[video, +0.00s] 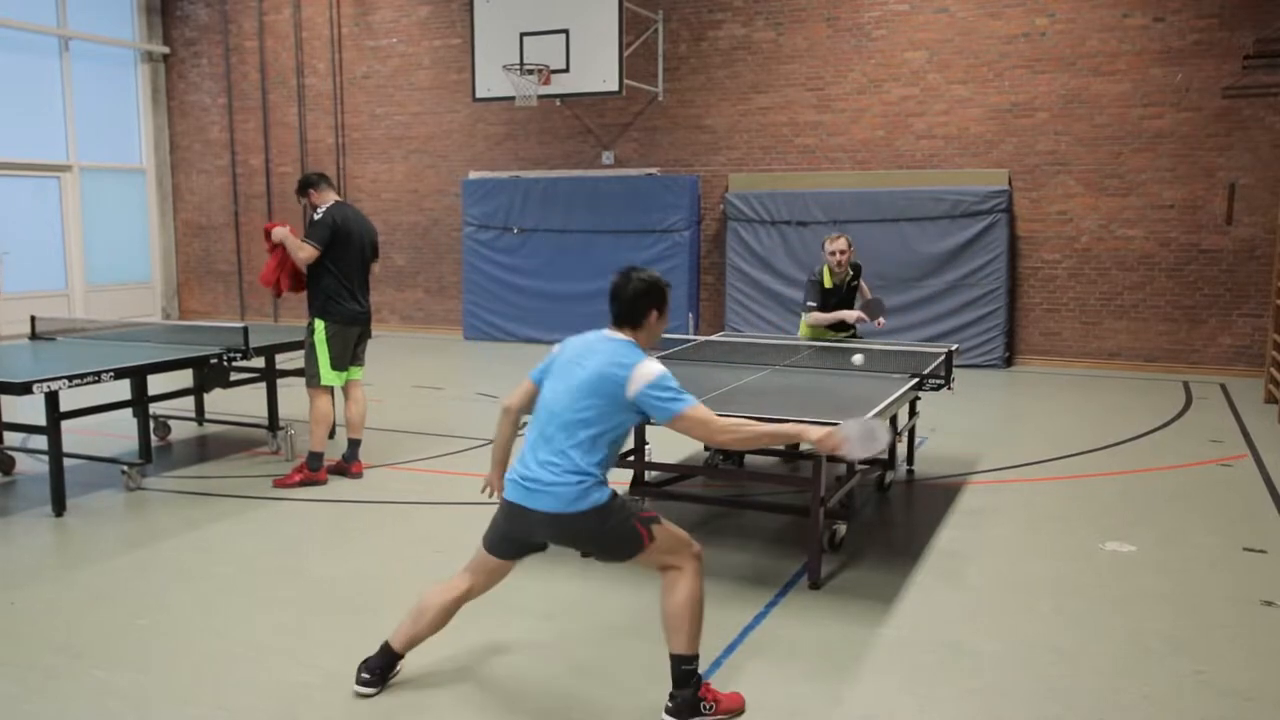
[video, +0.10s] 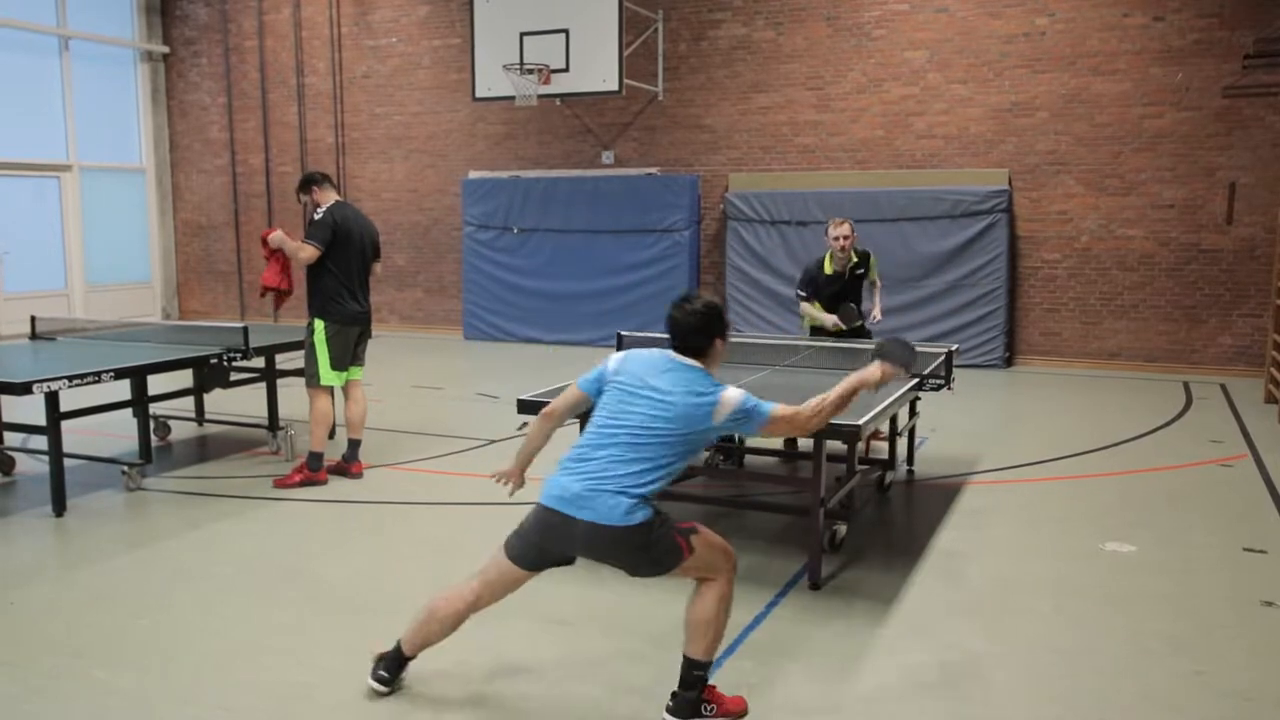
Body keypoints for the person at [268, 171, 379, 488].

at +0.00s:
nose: (309, 207)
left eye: (306, 203)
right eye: (307, 203)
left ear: (313, 195)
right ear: (332, 190)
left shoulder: (326, 217)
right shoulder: (364, 221)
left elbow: (305, 257)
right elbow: (370, 265)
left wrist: (286, 236)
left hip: (328, 317)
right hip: (359, 316)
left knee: (319, 390)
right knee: (354, 385)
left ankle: (314, 466)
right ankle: (352, 460)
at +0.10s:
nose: (309, 206)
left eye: (307, 201)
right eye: (307, 202)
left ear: (315, 193)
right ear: (334, 190)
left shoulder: (326, 216)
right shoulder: (365, 222)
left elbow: (306, 255)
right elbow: (373, 267)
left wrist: (283, 240)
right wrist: (336, 258)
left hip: (329, 317)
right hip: (359, 316)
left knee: (319, 390)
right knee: (353, 385)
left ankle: (314, 466)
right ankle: (351, 460)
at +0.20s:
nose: (309, 206)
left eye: (308, 201)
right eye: (307, 202)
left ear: (317, 192)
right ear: (334, 189)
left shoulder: (327, 217)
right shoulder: (366, 222)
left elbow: (307, 255)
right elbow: (374, 268)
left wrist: (277, 238)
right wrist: (334, 258)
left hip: (329, 317)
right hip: (359, 316)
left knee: (318, 390)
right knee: (353, 385)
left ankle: (314, 466)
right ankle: (351, 460)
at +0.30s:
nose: (308, 205)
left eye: (308, 200)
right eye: (306, 201)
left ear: (320, 190)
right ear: (333, 188)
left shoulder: (326, 217)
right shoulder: (366, 222)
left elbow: (310, 257)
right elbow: (375, 269)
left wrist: (272, 242)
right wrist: (336, 262)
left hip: (329, 317)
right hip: (359, 315)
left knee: (318, 389)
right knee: (353, 385)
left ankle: (314, 466)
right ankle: (351, 460)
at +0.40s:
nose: (309, 205)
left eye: (308, 199)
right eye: (306, 200)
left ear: (320, 188)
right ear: (333, 187)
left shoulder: (327, 217)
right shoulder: (366, 221)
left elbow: (312, 258)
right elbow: (375, 268)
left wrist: (274, 246)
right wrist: (338, 262)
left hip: (329, 317)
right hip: (359, 315)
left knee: (318, 389)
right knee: (353, 385)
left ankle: (314, 466)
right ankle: (351, 460)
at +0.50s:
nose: (307, 206)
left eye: (306, 200)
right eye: (304, 201)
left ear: (319, 190)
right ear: (332, 188)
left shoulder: (327, 218)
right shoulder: (366, 222)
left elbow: (314, 260)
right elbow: (376, 267)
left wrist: (286, 243)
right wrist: (332, 259)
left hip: (328, 317)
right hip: (360, 315)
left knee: (318, 389)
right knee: (353, 384)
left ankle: (314, 466)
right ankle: (351, 460)